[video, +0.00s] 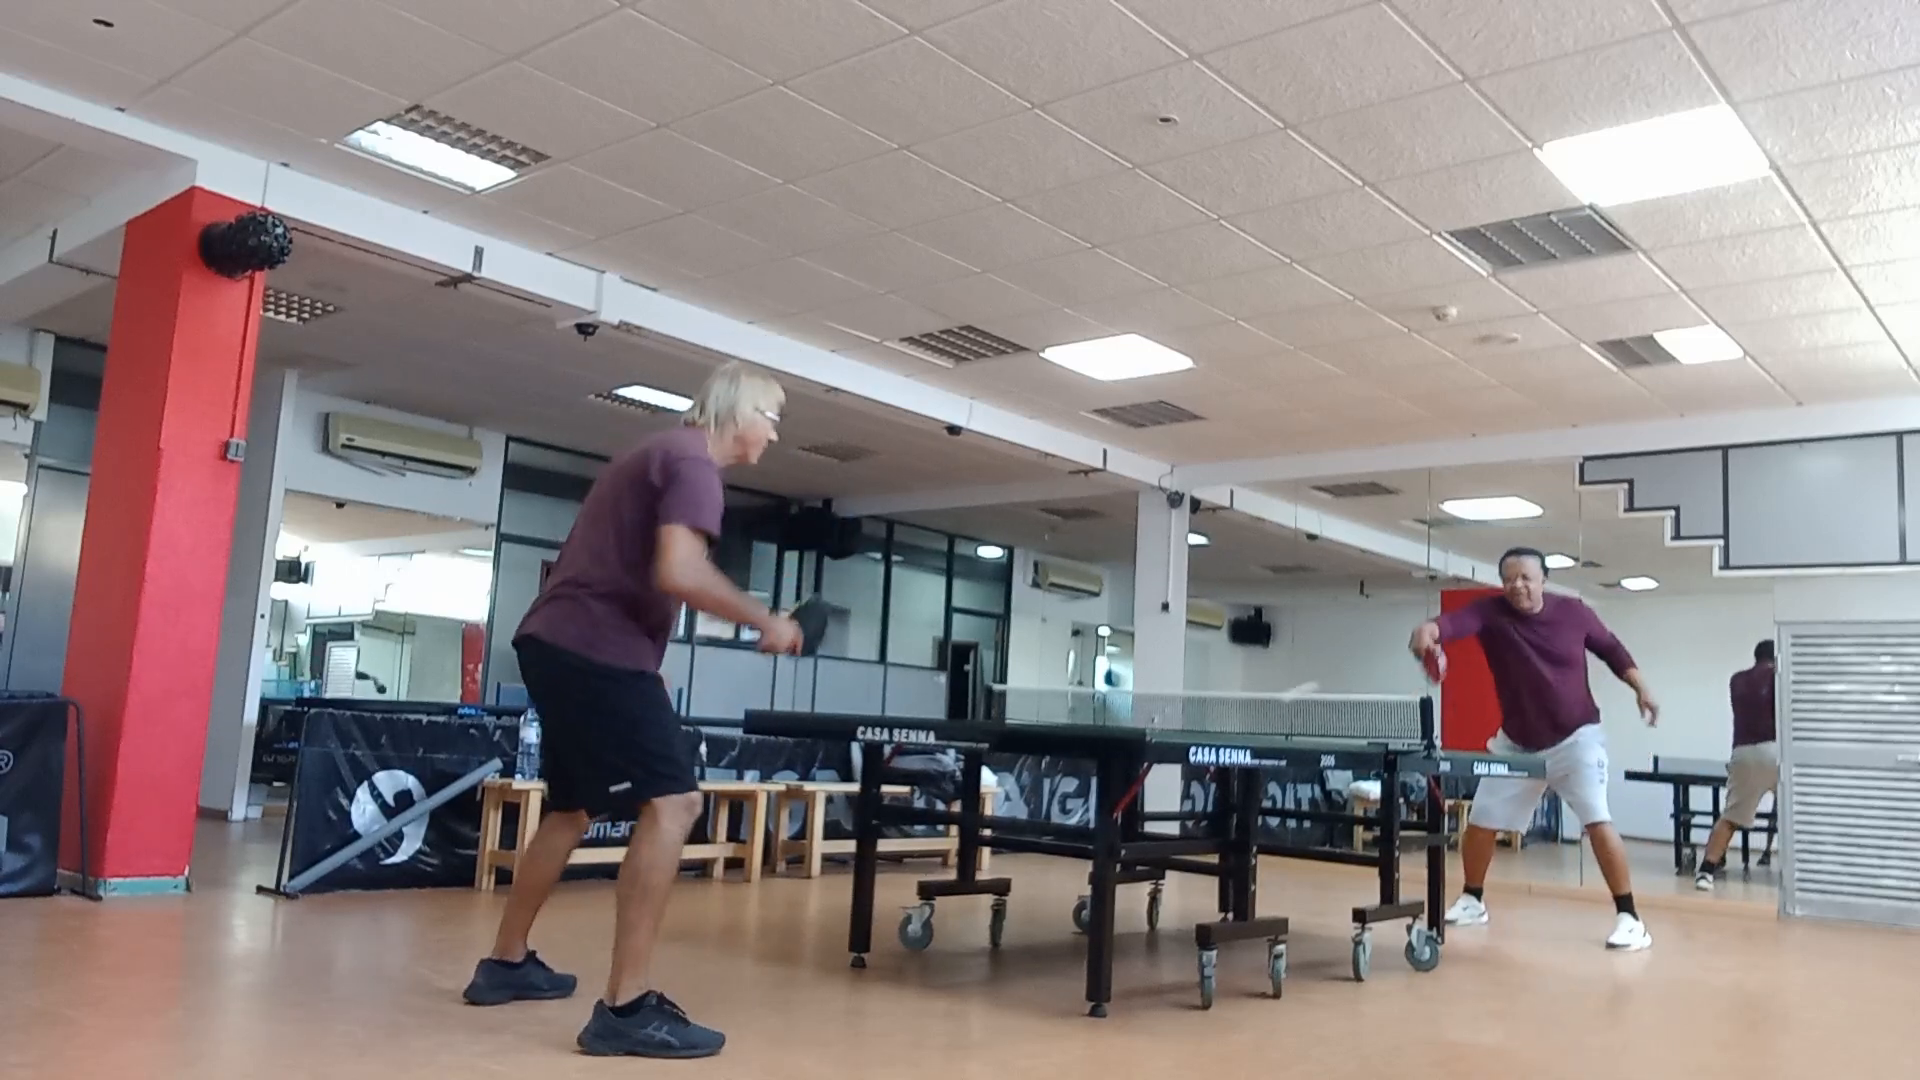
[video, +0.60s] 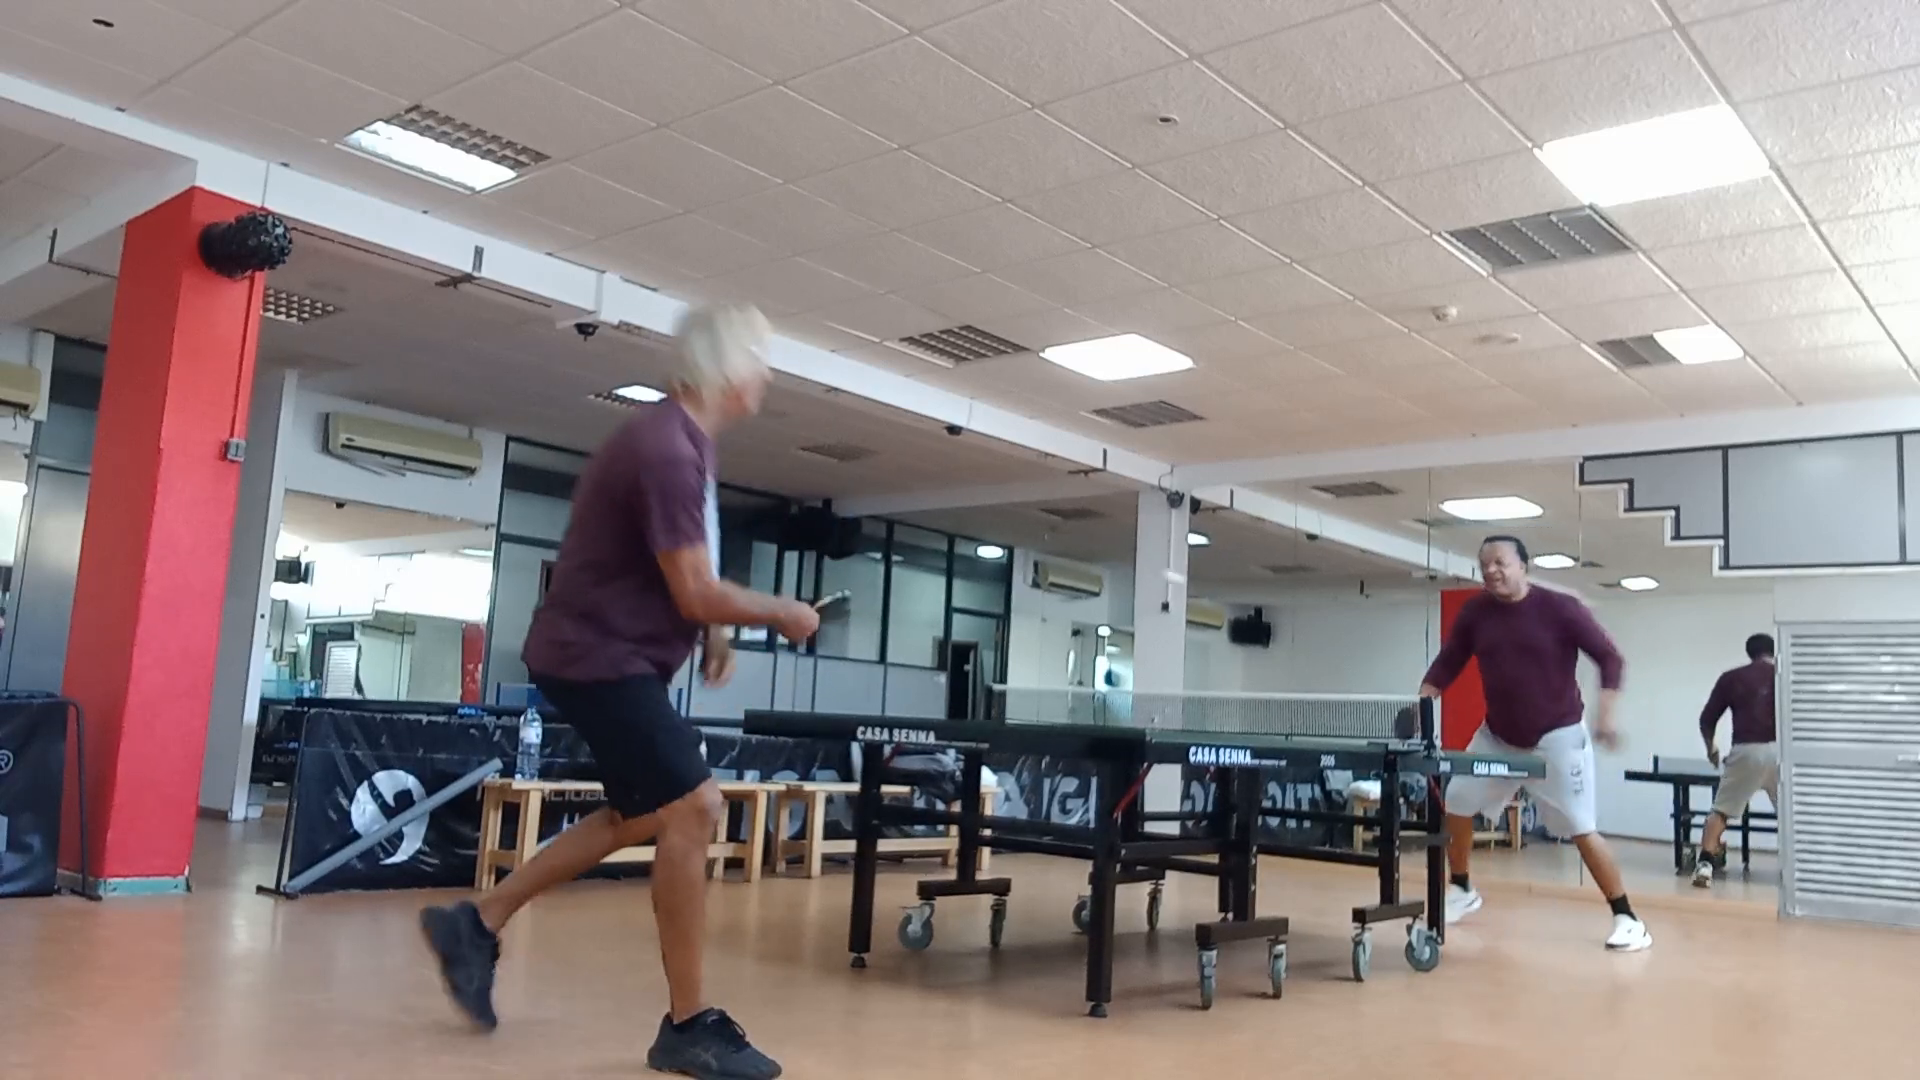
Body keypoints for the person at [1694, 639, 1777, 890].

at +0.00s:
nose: (1772, 663)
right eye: (1775, 658)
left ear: (1755, 657)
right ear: (1776, 658)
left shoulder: (1737, 679)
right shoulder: (1783, 677)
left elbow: (1742, 714)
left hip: (1744, 752)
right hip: (1779, 750)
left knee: (1730, 816)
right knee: (1800, 815)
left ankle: (1706, 870)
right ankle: (1804, 874)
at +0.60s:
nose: (1768, 658)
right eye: (1770, 654)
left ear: (1749, 654)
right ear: (1773, 653)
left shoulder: (1732, 678)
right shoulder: (1786, 677)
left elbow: (1707, 718)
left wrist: (1711, 748)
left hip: (1745, 753)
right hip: (1782, 753)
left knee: (1721, 810)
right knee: (1793, 817)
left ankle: (1705, 862)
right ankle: (1802, 871)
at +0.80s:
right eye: (1749, 663)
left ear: (1726, 662)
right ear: (1752, 661)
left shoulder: (1714, 683)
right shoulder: (1771, 681)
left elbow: (1691, 724)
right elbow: (1786, 714)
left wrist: (1695, 749)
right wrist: (1786, 745)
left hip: (1736, 757)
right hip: (1773, 756)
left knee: (1711, 812)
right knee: (1786, 820)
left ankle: (1700, 869)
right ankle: (1796, 875)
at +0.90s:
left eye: (1713, 666)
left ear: (1711, 665)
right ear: (1736, 661)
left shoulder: (1703, 684)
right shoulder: (1761, 681)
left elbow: (1683, 723)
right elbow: (1774, 719)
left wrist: (1678, 746)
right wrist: (1773, 747)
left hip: (1729, 754)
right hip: (1766, 753)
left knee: (1706, 813)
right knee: (1781, 815)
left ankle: (1698, 870)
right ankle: (1796, 871)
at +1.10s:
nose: (1693, 678)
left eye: (1691, 674)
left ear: (1691, 672)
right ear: (1715, 664)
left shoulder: (1694, 686)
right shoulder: (1746, 680)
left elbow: (1684, 721)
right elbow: (1777, 715)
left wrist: (1655, 734)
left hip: (1733, 753)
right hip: (1769, 751)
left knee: (1707, 812)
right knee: (1782, 812)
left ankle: (1700, 871)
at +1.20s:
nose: (1691, 681)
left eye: (1689, 677)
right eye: (1690, 678)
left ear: (1691, 674)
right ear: (1714, 667)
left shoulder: (1697, 686)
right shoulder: (1746, 680)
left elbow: (1686, 726)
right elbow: (1775, 712)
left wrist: (1656, 735)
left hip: (1739, 753)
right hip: (1771, 752)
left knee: (1710, 811)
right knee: (1783, 818)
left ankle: (1700, 871)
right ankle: (1798, 871)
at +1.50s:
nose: (1717, 682)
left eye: (1715, 678)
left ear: (1715, 675)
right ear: (1739, 669)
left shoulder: (1714, 693)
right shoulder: (1768, 686)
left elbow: (1696, 729)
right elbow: (1787, 713)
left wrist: (1696, 736)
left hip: (1752, 764)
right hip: (1784, 762)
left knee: (1719, 816)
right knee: (1786, 817)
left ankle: (1711, 867)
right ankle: (1798, 864)